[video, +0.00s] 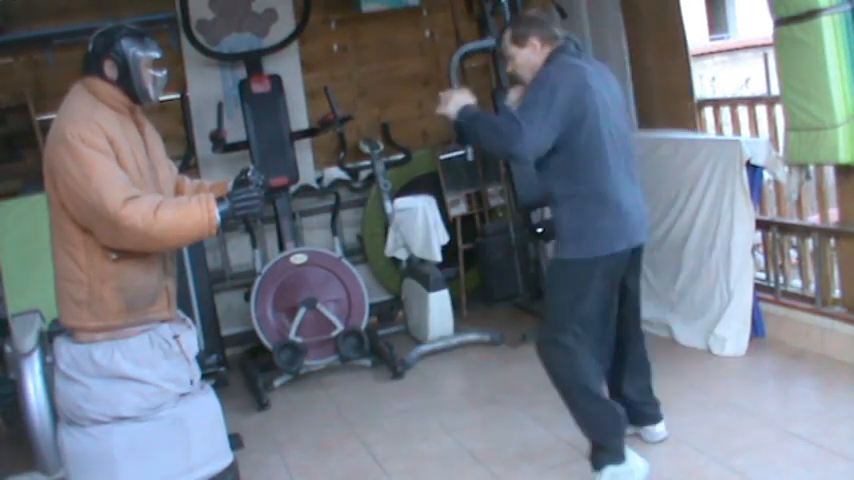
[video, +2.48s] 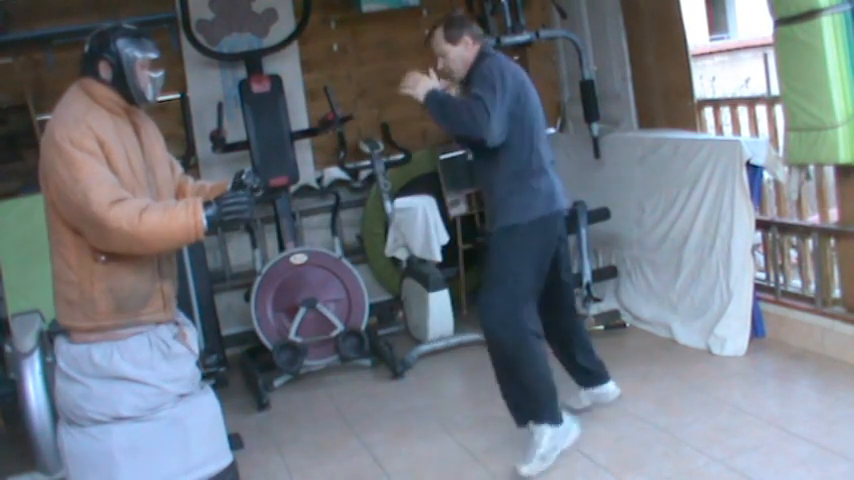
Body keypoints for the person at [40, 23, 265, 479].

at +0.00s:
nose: (153, 75)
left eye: (153, 64)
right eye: (143, 64)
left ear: (116, 68)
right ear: (110, 65)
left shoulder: (134, 119)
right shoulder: (77, 130)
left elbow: (170, 188)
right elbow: (123, 220)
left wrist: (227, 187)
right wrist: (214, 212)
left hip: (152, 315)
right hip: (106, 327)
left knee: (181, 442)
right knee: (128, 454)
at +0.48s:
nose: (153, 75)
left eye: (154, 65)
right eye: (144, 65)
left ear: (117, 68)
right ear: (111, 65)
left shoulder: (132, 118)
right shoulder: (78, 129)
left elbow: (170, 188)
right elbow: (123, 219)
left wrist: (227, 186)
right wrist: (215, 212)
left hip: (152, 315)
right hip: (107, 328)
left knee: (181, 446)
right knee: (131, 457)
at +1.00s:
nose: (138, 66)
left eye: (138, 55)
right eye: (126, 55)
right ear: (94, 61)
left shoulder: (131, 119)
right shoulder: (62, 124)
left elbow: (163, 183)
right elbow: (91, 214)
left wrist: (194, 190)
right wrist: (185, 206)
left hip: (151, 310)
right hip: (96, 324)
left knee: (181, 438)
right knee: (122, 452)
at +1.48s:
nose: (146, 76)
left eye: (147, 65)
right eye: (136, 65)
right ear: (103, 67)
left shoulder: (137, 120)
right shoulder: (69, 130)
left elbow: (176, 188)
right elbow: (111, 223)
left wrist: (228, 189)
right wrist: (205, 215)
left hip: (157, 317)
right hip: (103, 331)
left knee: (191, 447)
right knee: (125, 459)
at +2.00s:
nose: (148, 76)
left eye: (148, 65)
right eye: (137, 65)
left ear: (113, 69)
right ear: (105, 67)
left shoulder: (138, 121)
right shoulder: (69, 129)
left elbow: (177, 188)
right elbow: (110, 222)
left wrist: (229, 189)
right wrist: (204, 217)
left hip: (158, 319)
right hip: (103, 332)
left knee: (192, 448)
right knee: (124, 459)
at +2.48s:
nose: (149, 76)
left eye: (149, 65)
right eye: (139, 65)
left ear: (113, 68)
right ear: (106, 67)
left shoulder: (138, 121)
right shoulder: (70, 128)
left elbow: (177, 188)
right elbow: (110, 222)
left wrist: (229, 188)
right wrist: (204, 216)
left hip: (158, 320)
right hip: (104, 333)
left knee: (193, 450)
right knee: (124, 460)